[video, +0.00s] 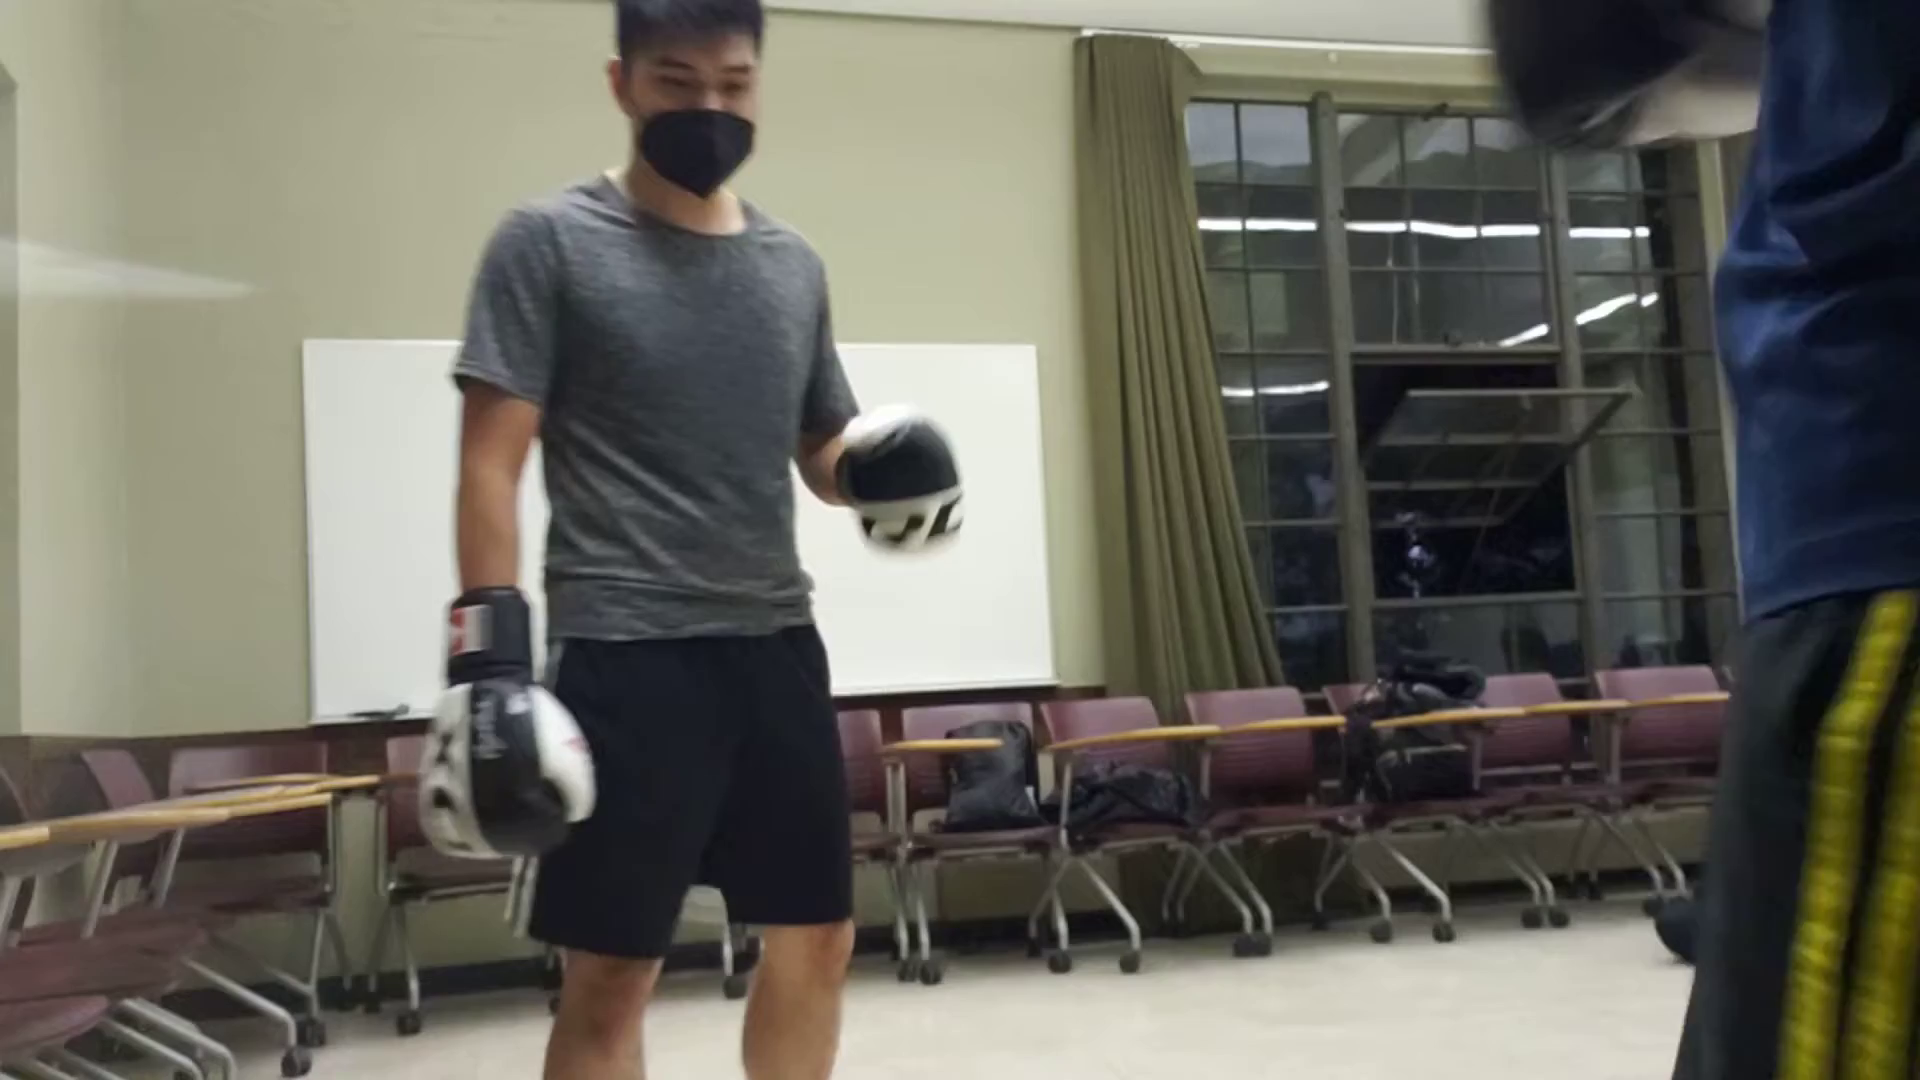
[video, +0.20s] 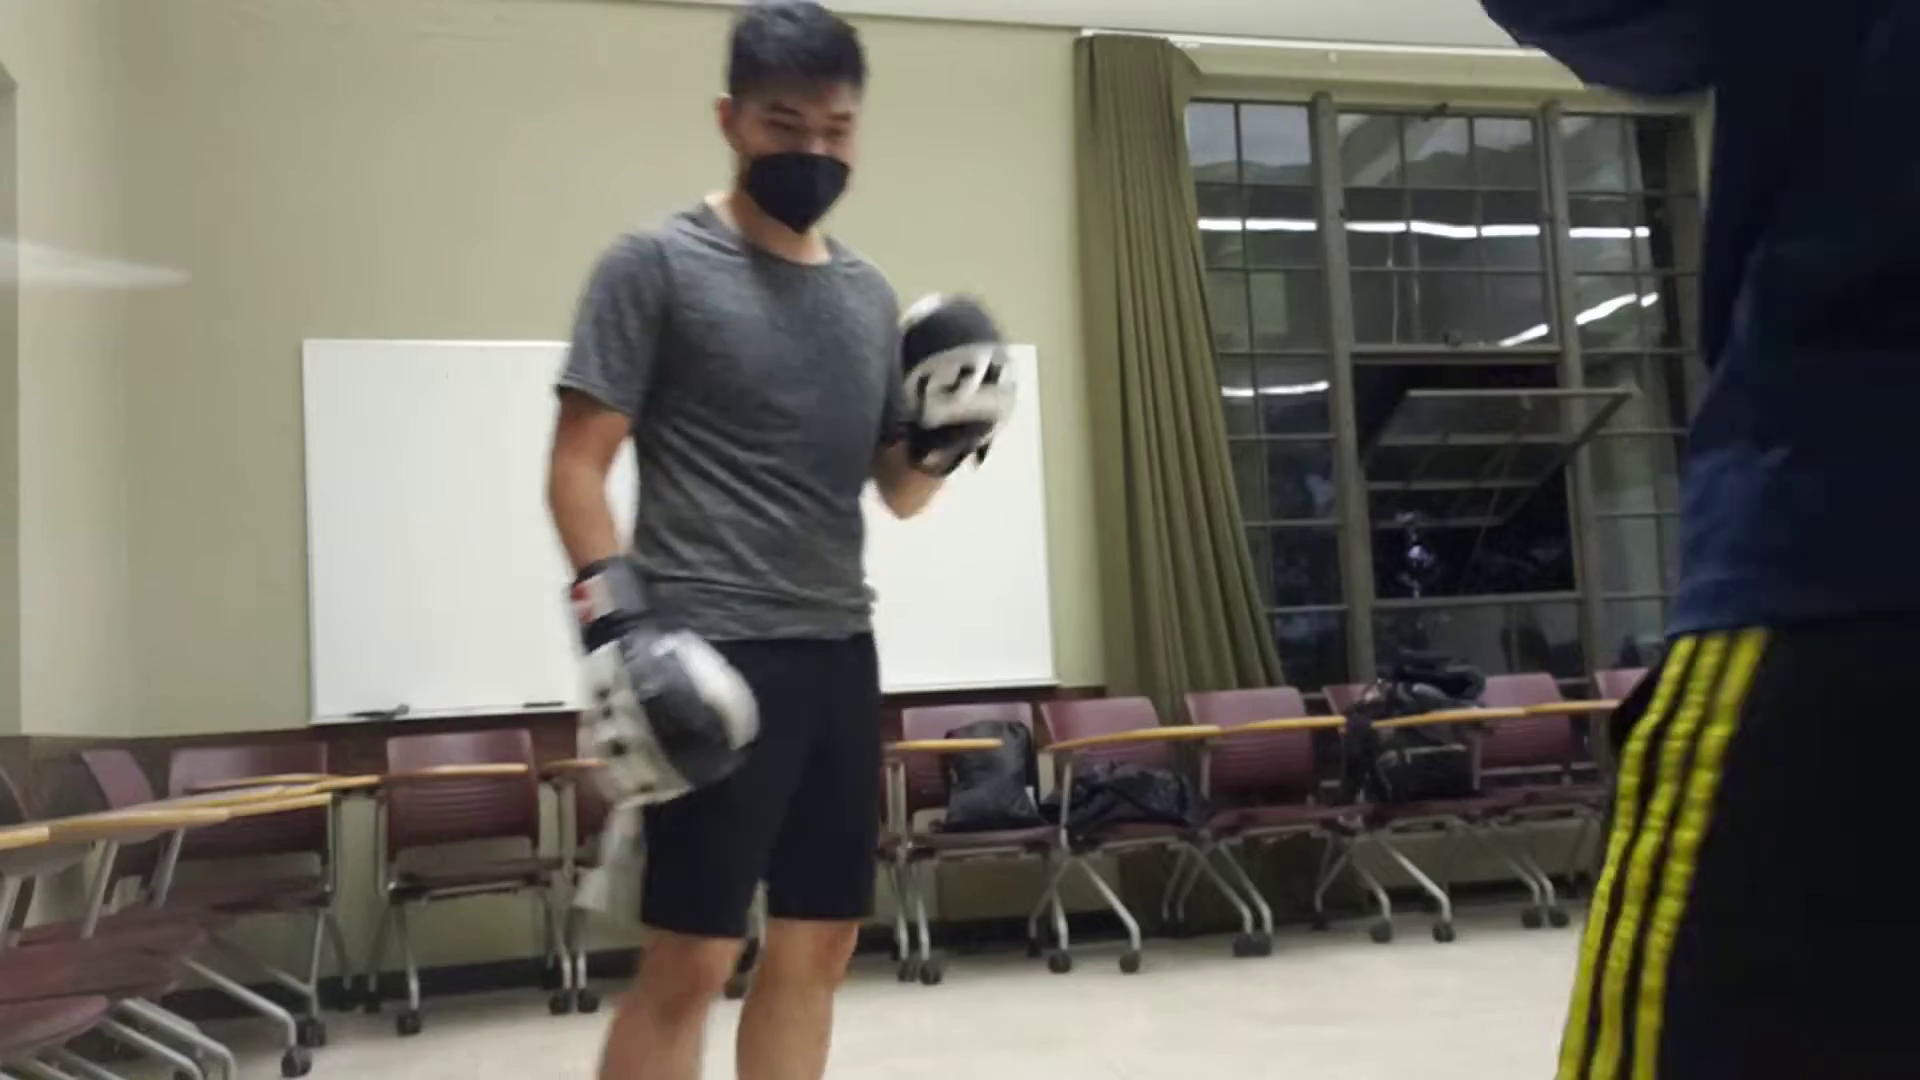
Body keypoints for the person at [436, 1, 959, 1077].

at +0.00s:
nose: (708, 109)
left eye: (734, 83)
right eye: (676, 80)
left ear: (761, 89)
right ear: (621, 80)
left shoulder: (792, 267)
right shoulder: (549, 244)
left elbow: (820, 451)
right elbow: (492, 464)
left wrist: (880, 470)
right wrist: (490, 671)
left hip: (776, 654)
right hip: (624, 659)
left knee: (815, 943)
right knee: (609, 987)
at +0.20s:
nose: (815, 154)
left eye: (838, 129)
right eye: (786, 126)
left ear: (862, 130)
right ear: (730, 120)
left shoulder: (867, 296)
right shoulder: (655, 268)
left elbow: (903, 494)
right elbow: (578, 468)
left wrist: (942, 424)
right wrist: (622, 636)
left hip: (837, 657)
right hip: (708, 653)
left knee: (815, 953)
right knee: (684, 971)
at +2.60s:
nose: (1111, 340)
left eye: (1120, 327)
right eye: (1097, 323)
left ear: (1122, 330)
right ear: (1048, 320)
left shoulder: (1095, 425)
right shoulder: (1007, 411)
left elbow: (1144, 538)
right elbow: (965, 538)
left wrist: (1178, 467)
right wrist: (1021, 628)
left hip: (1072, 649)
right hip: (1026, 647)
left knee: (1073, 846)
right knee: (1058, 844)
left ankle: (1034, 1039)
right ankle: (1028, 1045)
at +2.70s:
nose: (1119, 344)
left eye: (1128, 331)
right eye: (1105, 327)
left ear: (1132, 333)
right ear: (1055, 321)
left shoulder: (1097, 424)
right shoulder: (1012, 411)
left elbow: (1114, 549)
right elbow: (967, 533)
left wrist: (1179, 510)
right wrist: (1030, 624)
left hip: (1075, 648)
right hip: (1034, 645)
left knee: (1058, 841)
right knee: (1085, 836)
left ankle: (1032, 1041)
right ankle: (1035, 1044)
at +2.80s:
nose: (1125, 345)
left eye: (1134, 333)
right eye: (1110, 329)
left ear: (1138, 337)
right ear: (1064, 325)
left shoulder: (1097, 423)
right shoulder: (1022, 411)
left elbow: (1089, 544)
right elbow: (969, 534)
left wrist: (1167, 554)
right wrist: (1038, 624)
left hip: (1078, 650)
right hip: (1040, 650)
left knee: (1055, 845)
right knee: (1110, 828)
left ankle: (1029, 1047)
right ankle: (1050, 1050)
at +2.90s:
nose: (1136, 343)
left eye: (1145, 330)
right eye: (1123, 324)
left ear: (1147, 335)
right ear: (1074, 320)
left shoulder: (1099, 417)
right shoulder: (1030, 405)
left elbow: (1082, 542)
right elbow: (972, 526)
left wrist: (1145, 577)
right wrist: (1053, 605)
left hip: (1083, 644)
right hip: (1045, 645)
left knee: (1062, 841)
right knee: (1127, 829)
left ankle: (1032, 1043)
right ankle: (1074, 1050)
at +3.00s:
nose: (1149, 335)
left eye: (1158, 322)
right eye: (1136, 317)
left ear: (1150, 328)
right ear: (1084, 313)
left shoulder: (1102, 409)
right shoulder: (1046, 398)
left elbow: (1085, 530)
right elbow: (984, 510)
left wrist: (1135, 569)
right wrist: (1085, 562)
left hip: (1086, 645)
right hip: (1060, 648)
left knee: (1066, 843)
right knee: (1125, 841)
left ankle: (1037, 1037)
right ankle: (1122, 1060)